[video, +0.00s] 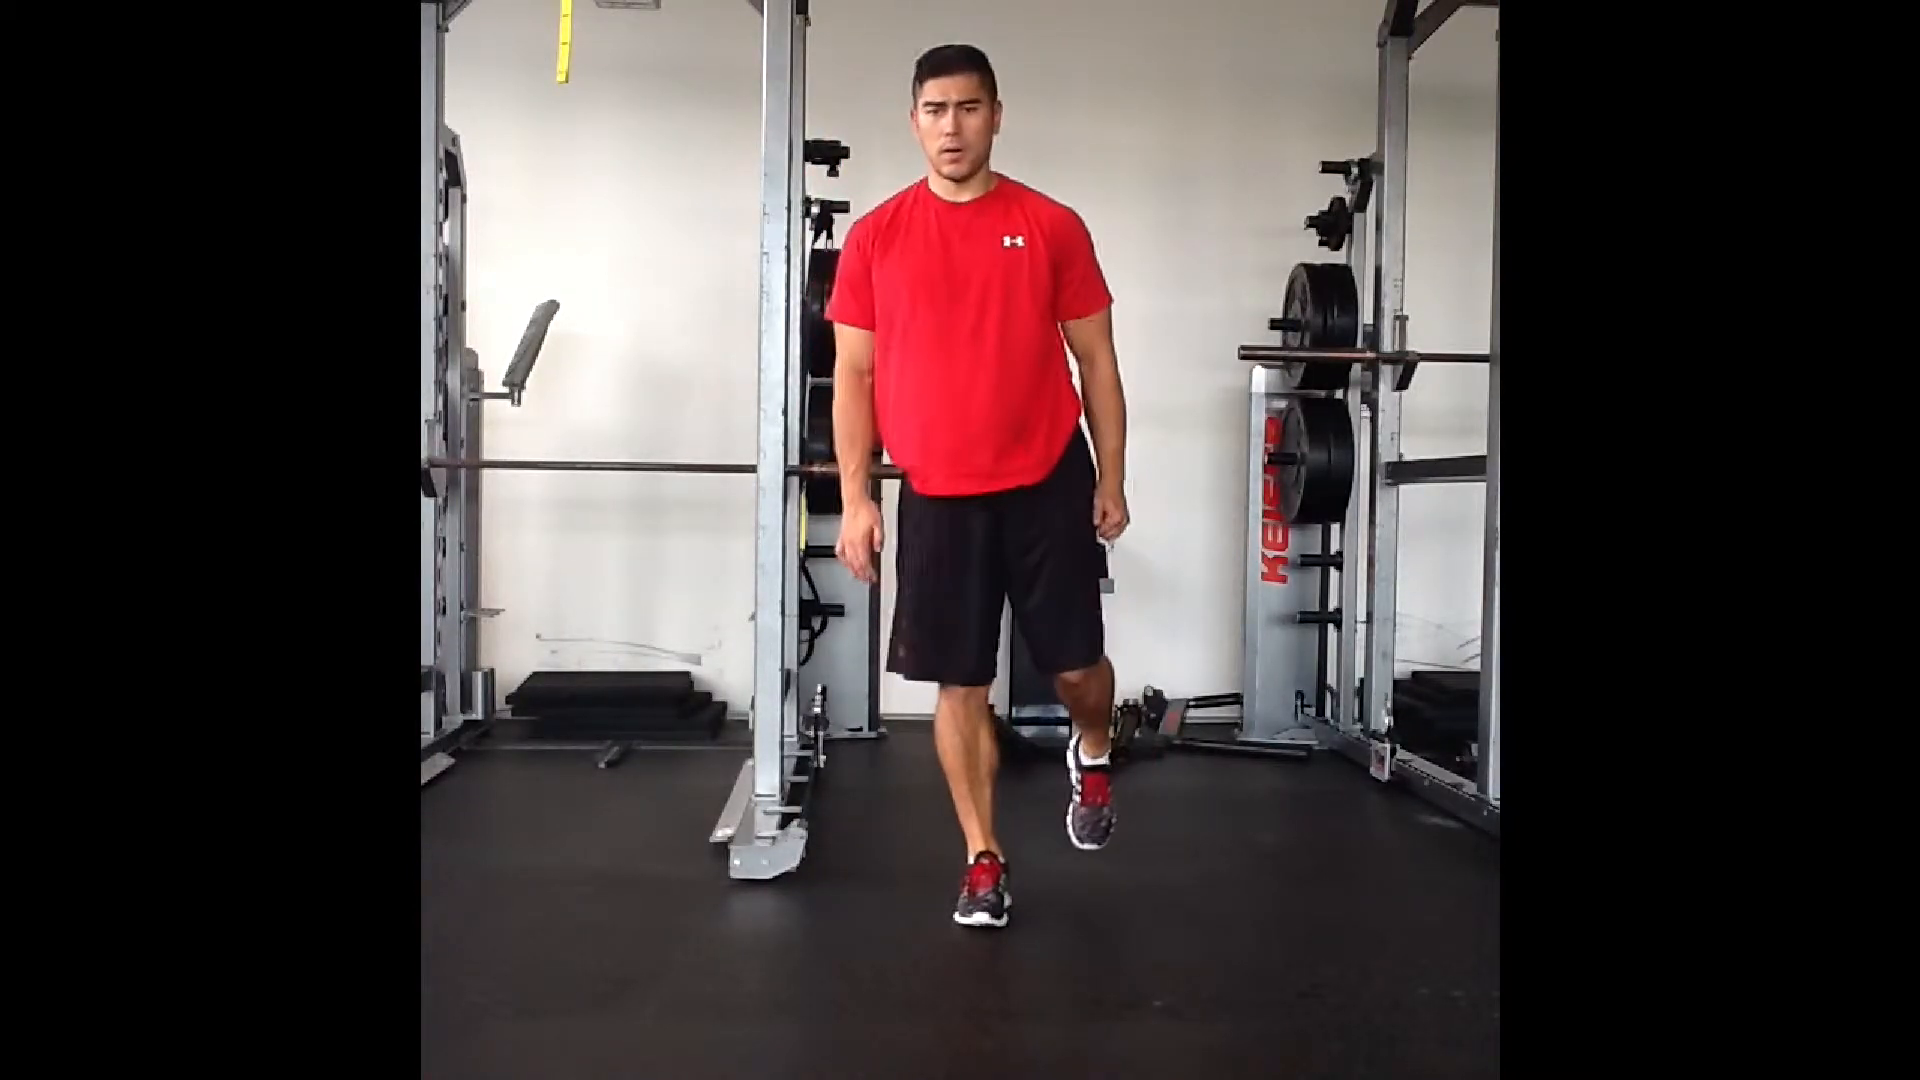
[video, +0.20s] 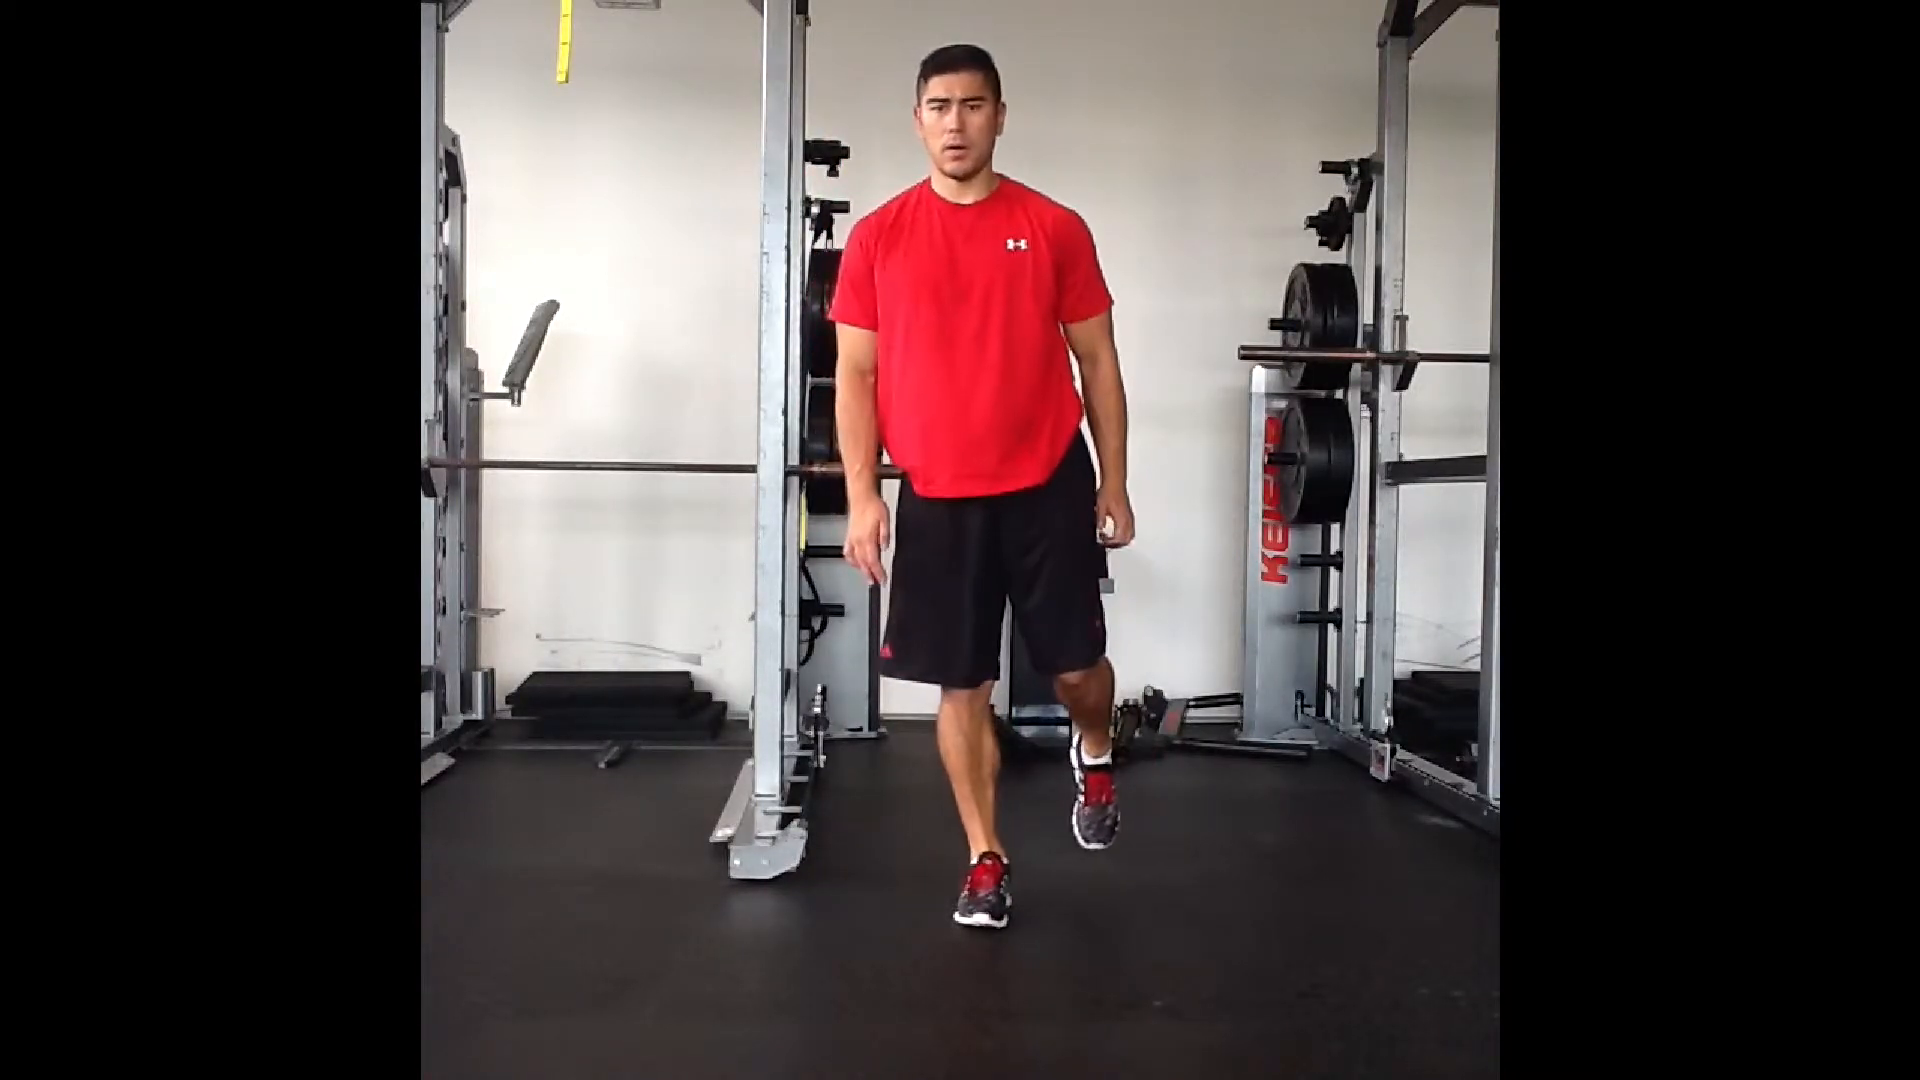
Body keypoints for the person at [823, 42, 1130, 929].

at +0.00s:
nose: (951, 125)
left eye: (968, 108)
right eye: (935, 109)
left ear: (996, 118)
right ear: (914, 122)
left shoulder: (1052, 227)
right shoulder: (873, 238)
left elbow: (1095, 355)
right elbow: (853, 374)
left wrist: (1111, 476)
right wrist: (856, 498)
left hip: (1046, 485)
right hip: (935, 496)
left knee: (1075, 668)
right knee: (957, 681)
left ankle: (1092, 760)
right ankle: (981, 859)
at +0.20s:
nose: (955, 122)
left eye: (972, 106)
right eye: (939, 106)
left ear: (999, 118)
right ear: (917, 120)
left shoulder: (1054, 229)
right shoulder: (875, 238)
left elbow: (1096, 358)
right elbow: (854, 376)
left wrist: (1114, 481)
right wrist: (861, 495)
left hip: (1046, 489)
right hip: (936, 500)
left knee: (1075, 669)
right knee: (960, 684)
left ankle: (1095, 762)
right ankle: (983, 859)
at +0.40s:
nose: (958, 121)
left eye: (975, 105)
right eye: (942, 106)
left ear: (1002, 119)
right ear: (919, 121)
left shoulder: (1056, 230)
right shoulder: (877, 238)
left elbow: (1097, 358)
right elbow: (854, 376)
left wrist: (1113, 481)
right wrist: (860, 494)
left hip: (1048, 488)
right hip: (937, 499)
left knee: (1073, 671)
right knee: (961, 684)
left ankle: (1088, 761)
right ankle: (984, 859)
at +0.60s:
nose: (956, 122)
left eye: (973, 105)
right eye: (940, 106)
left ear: (1000, 118)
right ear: (918, 121)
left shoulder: (1056, 230)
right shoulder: (875, 239)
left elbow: (1097, 357)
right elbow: (851, 373)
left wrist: (1106, 482)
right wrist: (857, 494)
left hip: (1048, 490)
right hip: (936, 500)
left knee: (1072, 673)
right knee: (957, 683)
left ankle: (1076, 762)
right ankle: (981, 859)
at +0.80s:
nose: (953, 124)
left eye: (969, 107)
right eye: (936, 108)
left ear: (997, 119)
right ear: (915, 122)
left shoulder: (1055, 232)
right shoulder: (871, 238)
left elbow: (1094, 364)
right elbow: (839, 371)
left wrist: (1098, 491)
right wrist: (856, 492)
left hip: (1047, 497)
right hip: (938, 505)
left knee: (1073, 678)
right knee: (958, 685)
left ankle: (1071, 752)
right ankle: (982, 859)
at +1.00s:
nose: (951, 147)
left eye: (969, 130)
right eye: (935, 131)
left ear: (997, 144)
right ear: (913, 146)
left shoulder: (1053, 259)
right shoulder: (870, 260)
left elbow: (1096, 390)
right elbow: (851, 374)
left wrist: (1051, 495)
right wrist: (871, 491)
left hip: (1047, 506)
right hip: (939, 514)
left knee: (1061, 662)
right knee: (953, 684)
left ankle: (1056, 718)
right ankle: (980, 858)